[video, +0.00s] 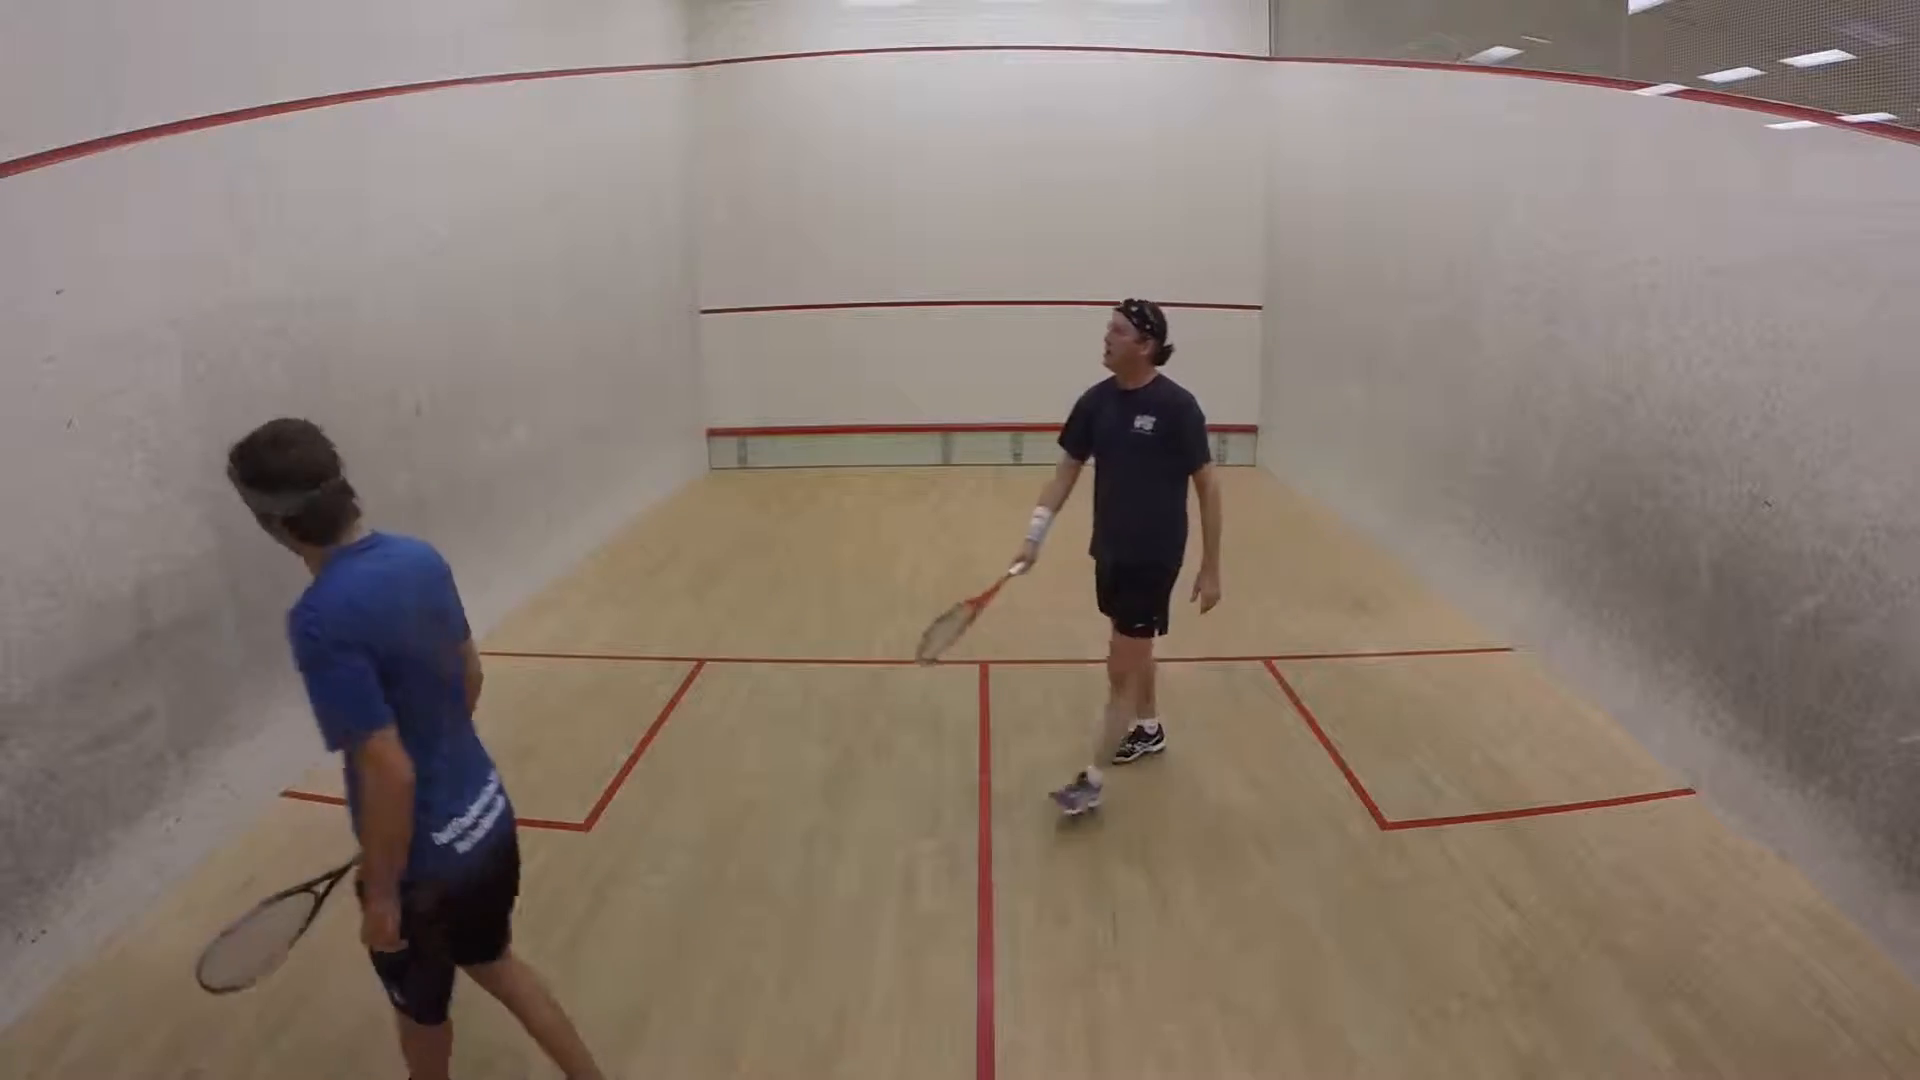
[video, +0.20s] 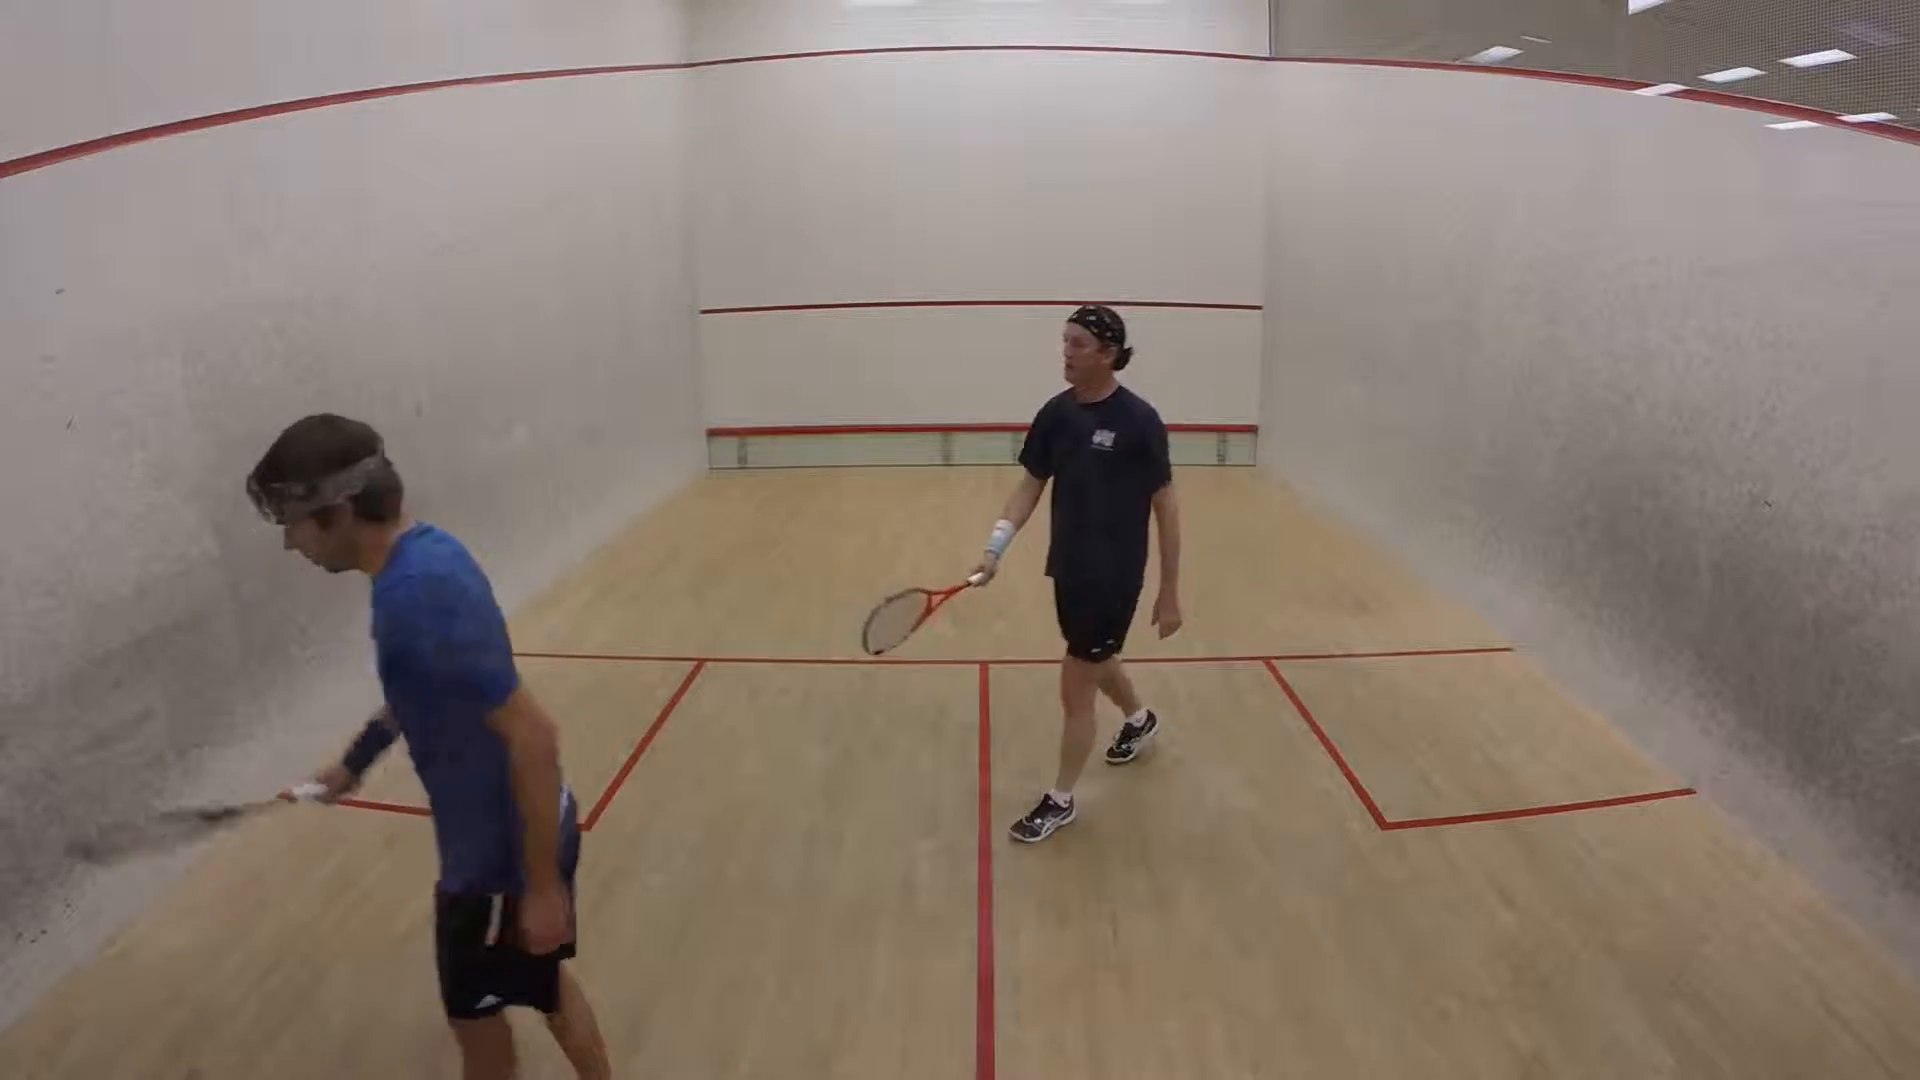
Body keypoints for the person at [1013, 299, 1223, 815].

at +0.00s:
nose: (1106, 338)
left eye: (1118, 333)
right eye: (1108, 329)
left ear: (1147, 346)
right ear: (1122, 342)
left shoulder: (1178, 407)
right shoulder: (1096, 401)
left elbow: (1207, 486)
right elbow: (1065, 472)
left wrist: (1210, 567)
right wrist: (1033, 536)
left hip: (1155, 552)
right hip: (1108, 546)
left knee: (1121, 667)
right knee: (1133, 643)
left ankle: (1093, 779)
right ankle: (1147, 726)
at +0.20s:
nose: (1066, 353)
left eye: (1078, 345)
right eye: (1065, 342)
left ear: (1110, 355)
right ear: (1067, 348)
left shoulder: (1141, 423)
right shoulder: (1056, 414)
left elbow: (1166, 509)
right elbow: (1029, 485)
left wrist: (1169, 593)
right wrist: (994, 549)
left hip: (1115, 574)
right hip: (1067, 567)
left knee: (1076, 689)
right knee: (1094, 657)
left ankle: (1061, 798)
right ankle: (1139, 718)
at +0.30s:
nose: (1043, 349)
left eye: (1055, 341)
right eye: (1041, 339)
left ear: (1089, 348)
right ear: (1042, 343)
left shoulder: (1120, 419)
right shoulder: (1034, 410)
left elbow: (1140, 513)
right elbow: (1016, 488)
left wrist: (1136, 600)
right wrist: (985, 557)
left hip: (1094, 578)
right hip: (1041, 571)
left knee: (1073, 691)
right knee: (1038, 673)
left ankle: (1061, 799)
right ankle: (1107, 712)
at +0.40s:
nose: (1018, 349)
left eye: (1029, 340)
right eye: (1015, 338)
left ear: (1065, 344)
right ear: (1017, 341)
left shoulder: (1097, 417)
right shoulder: (1014, 409)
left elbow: (1113, 516)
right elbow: (1002, 490)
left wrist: (1095, 603)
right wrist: (978, 565)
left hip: (1073, 583)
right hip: (1018, 573)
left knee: (1066, 698)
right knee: (993, 680)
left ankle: (1060, 798)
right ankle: (1060, 729)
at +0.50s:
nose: (988, 356)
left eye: (998, 346)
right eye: (985, 345)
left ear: (1034, 348)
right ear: (991, 348)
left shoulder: (1072, 420)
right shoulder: (990, 414)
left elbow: (1086, 529)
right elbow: (984, 494)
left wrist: (1046, 611)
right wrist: (972, 561)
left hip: (1053, 584)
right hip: (994, 574)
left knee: (1056, 701)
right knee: (954, 688)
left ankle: (1060, 798)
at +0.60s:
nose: (952, 365)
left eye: (963, 356)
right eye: (949, 355)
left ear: (1001, 356)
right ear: (953, 357)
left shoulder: (1041, 429)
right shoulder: (964, 424)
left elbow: (1055, 538)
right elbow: (966, 514)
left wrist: (1002, 620)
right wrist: (959, 591)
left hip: (1028, 594)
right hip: (968, 586)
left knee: (1042, 708)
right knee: (932, 705)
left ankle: (1058, 799)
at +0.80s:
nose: (869, 381)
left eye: (880, 369)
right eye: (867, 369)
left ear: (920, 369)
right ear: (887, 373)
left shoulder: (962, 442)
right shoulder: (895, 437)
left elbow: (993, 552)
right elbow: (903, 532)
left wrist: (951, 649)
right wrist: (887, 606)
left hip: (958, 617)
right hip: (897, 607)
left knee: (981, 737)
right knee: (865, 731)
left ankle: (1043, 790)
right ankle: (866, 854)